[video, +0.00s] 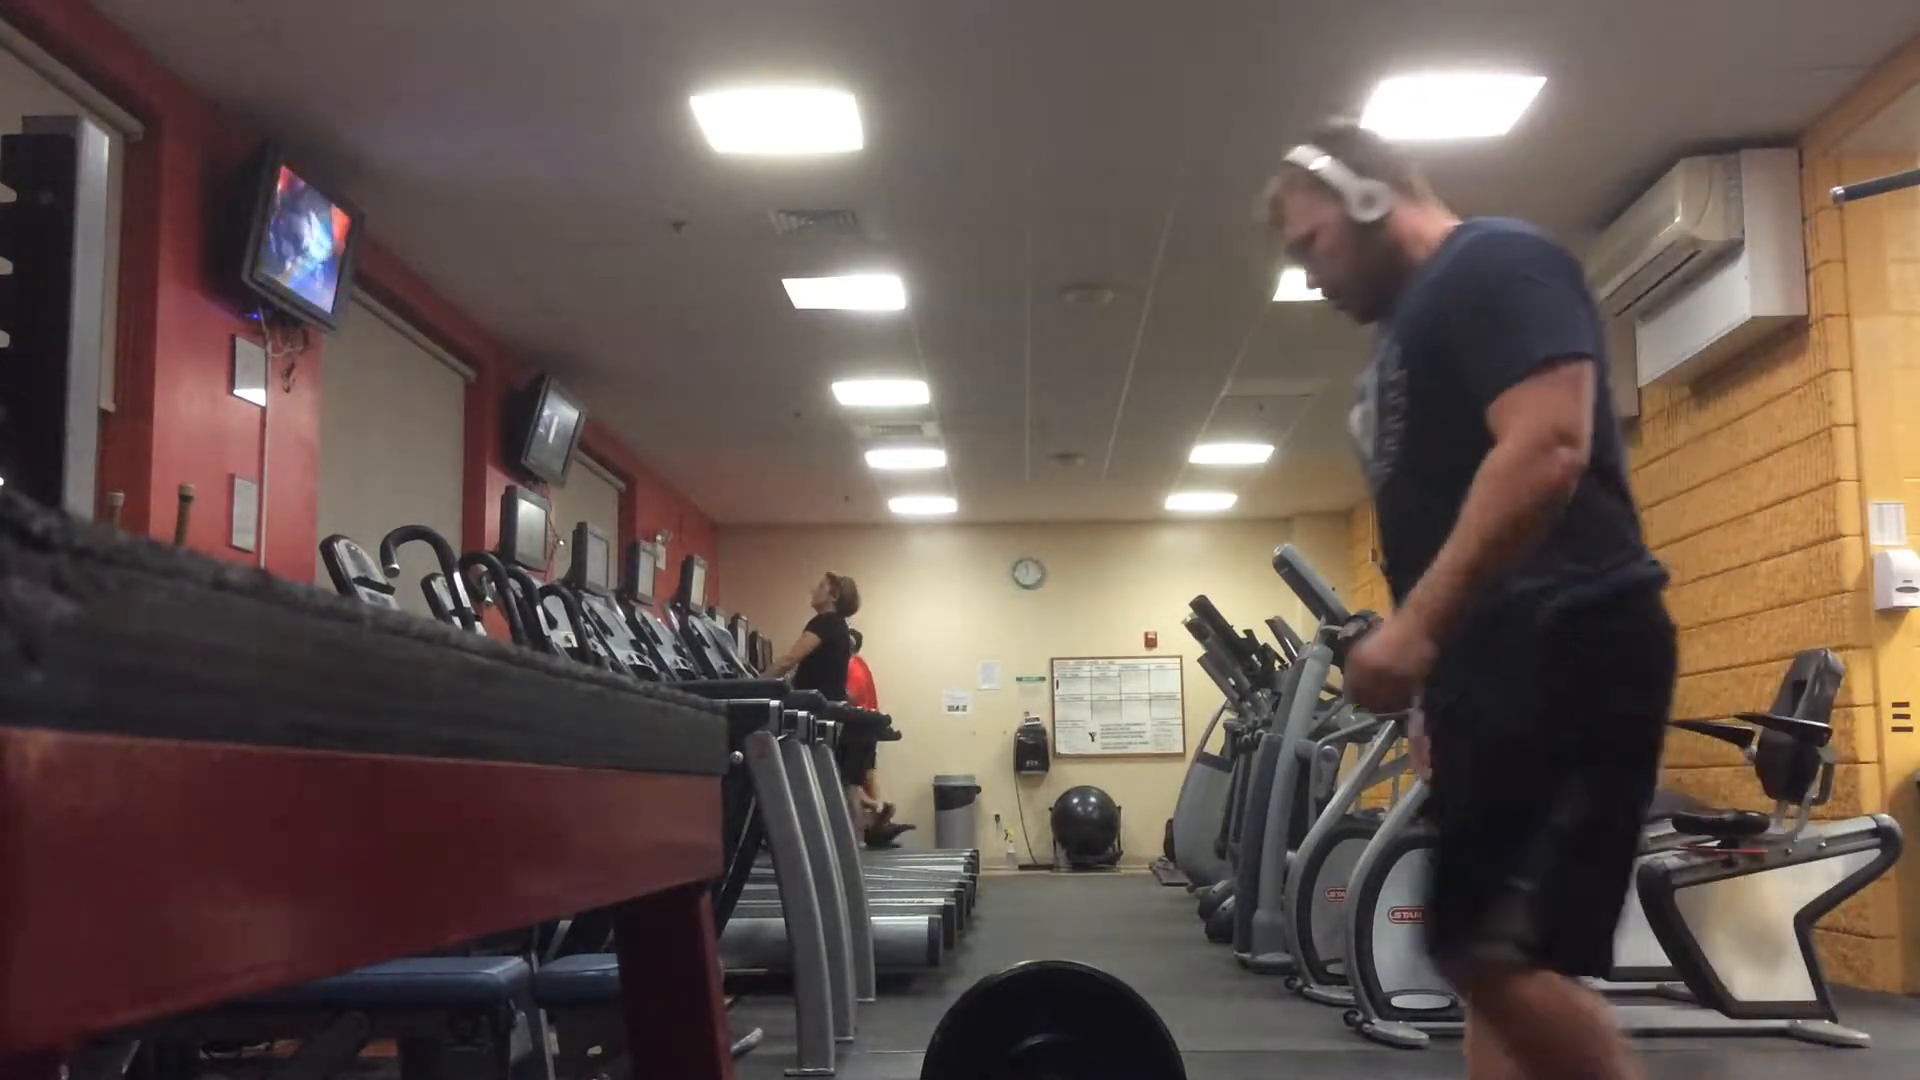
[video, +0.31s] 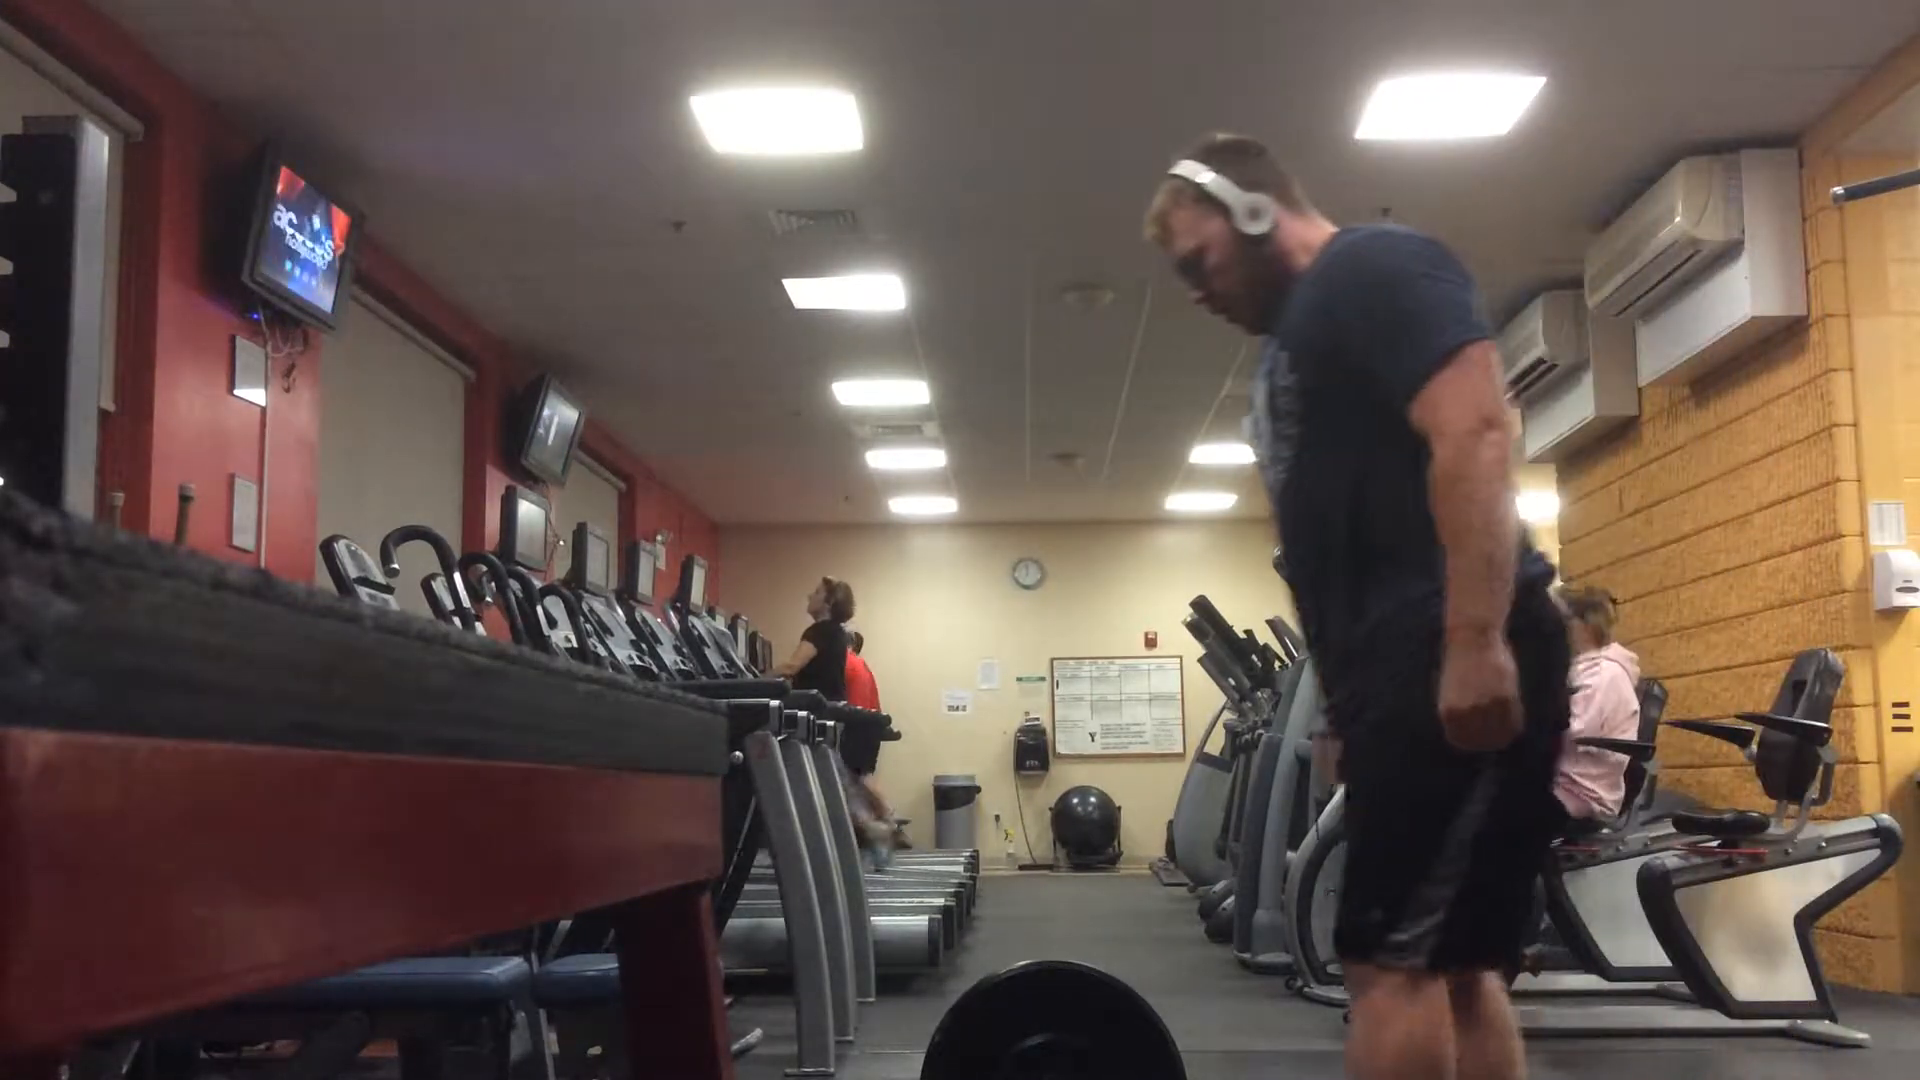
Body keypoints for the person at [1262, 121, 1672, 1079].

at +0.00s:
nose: (1308, 277)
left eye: (1308, 244)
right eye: (1296, 260)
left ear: (1372, 201)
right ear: (1362, 215)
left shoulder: (1492, 260)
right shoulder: (1411, 334)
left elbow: (1545, 447)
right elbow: (1452, 525)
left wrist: (1415, 622)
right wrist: (1439, 692)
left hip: (1569, 638)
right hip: (1499, 650)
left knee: (1498, 954)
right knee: (1496, 961)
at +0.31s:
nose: (1198, 294)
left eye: (1199, 262)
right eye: (1185, 279)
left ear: (1260, 214)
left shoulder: (1370, 265)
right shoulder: (1295, 350)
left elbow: (1478, 430)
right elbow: (1350, 538)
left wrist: (1475, 639)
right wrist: (1344, 704)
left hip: (1450, 653)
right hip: (1404, 662)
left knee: (1392, 972)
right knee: (1464, 973)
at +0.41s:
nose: (1163, 293)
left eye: (1164, 262)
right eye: (1151, 277)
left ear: (1225, 215)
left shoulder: (1337, 268)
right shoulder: (1262, 344)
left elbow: (1433, 443)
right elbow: (1326, 517)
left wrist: (1413, 647)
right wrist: (1308, 664)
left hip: (1414, 661)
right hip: (1357, 669)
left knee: (1370, 980)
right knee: (1404, 981)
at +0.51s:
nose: (1127, 294)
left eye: (1127, 263)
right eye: (1114, 277)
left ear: (1190, 216)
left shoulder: (1301, 268)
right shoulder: (1237, 335)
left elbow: (1395, 448)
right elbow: (1303, 507)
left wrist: (1329, 644)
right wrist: (1276, 652)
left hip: (1400, 659)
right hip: (1327, 669)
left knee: (1342, 977)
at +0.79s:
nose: (1030, 302)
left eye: (1030, 272)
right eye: (1019, 285)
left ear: (1089, 221)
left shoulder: (1197, 273)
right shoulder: (1139, 339)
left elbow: (1317, 433)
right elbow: (1211, 520)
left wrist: (1277, 643)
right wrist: (1200, 689)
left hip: (1302, 667)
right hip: (1231, 677)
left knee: (1275, 987)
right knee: (1212, 976)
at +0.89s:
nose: (993, 312)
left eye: (993, 283)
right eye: (981, 296)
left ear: (1051, 231)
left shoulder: (1163, 280)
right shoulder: (1107, 351)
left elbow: (1296, 423)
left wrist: (1250, 625)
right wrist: (1179, 653)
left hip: (1261, 672)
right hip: (1204, 683)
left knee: (1196, 959)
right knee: (1182, 958)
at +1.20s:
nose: (911, 333)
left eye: (907, 302)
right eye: (896, 315)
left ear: (952, 248)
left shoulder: (1090, 292)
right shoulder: (1018, 396)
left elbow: (1227, 442)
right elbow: (1097, 557)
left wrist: (1170, 653)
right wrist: (1106, 718)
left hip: (1224, 655)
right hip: (1148, 680)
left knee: (1136, 948)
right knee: (1124, 952)